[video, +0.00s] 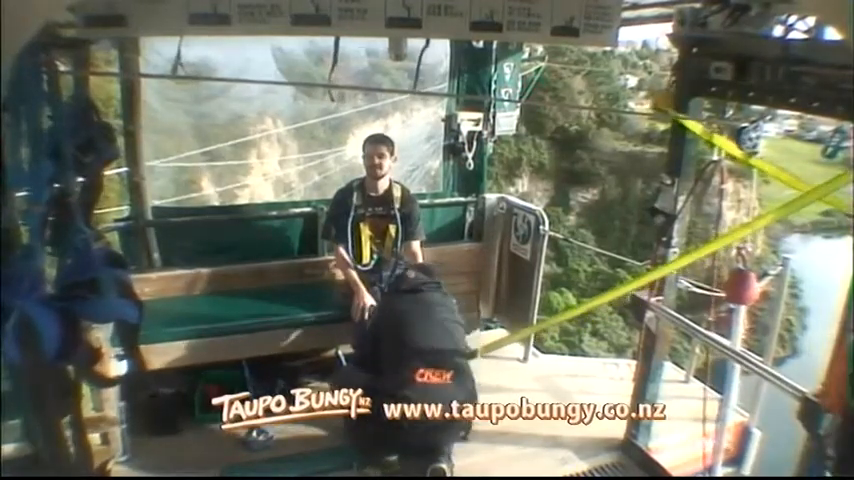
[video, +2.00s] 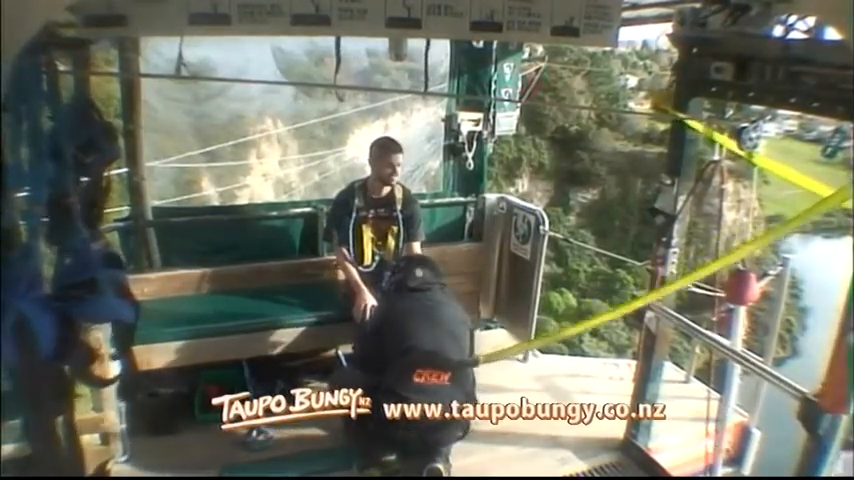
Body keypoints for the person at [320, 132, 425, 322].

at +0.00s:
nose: (374, 162)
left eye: (381, 156)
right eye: (369, 157)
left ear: (393, 159)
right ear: (363, 159)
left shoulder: (404, 198)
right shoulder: (346, 197)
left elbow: (413, 248)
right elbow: (339, 250)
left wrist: (420, 287)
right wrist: (359, 290)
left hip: (397, 280)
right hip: (361, 281)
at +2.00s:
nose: (396, 171)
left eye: (399, 165)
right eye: (390, 166)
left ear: (402, 164)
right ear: (372, 162)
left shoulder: (406, 199)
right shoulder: (347, 199)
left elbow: (414, 248)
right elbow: (341, 253)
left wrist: (416, 289)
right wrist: (361, 292)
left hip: (398, 283)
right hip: (361, 283)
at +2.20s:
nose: (396, 172)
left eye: (399, 166)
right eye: (390, 167)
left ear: (403, 165)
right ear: (373, 163)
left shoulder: (406, 198)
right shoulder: (348, 198)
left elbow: (414, 247)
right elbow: (341, 251)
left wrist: (417, 287)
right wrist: (361, 291)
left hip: (398, 281)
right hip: (362, 281)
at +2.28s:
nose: (396, 173)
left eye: (400, 167)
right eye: (390, 167)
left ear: (403, 165)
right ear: (373, 163)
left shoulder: (406, 199)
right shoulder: (348, 199)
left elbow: (414, 248)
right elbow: (340, 250)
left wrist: (420, 288)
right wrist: (361, 291)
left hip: (398, 284)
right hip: (363, 284)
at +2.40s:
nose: (396, 173)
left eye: (400, 168)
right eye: (391, 168)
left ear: (403, 165)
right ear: (374, 164)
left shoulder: (406, 199)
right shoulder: (348, 199)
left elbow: (414, 249)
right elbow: (341, 251)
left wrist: (419, 289)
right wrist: (361, 291)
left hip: (398, 285)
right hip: (363, 285)